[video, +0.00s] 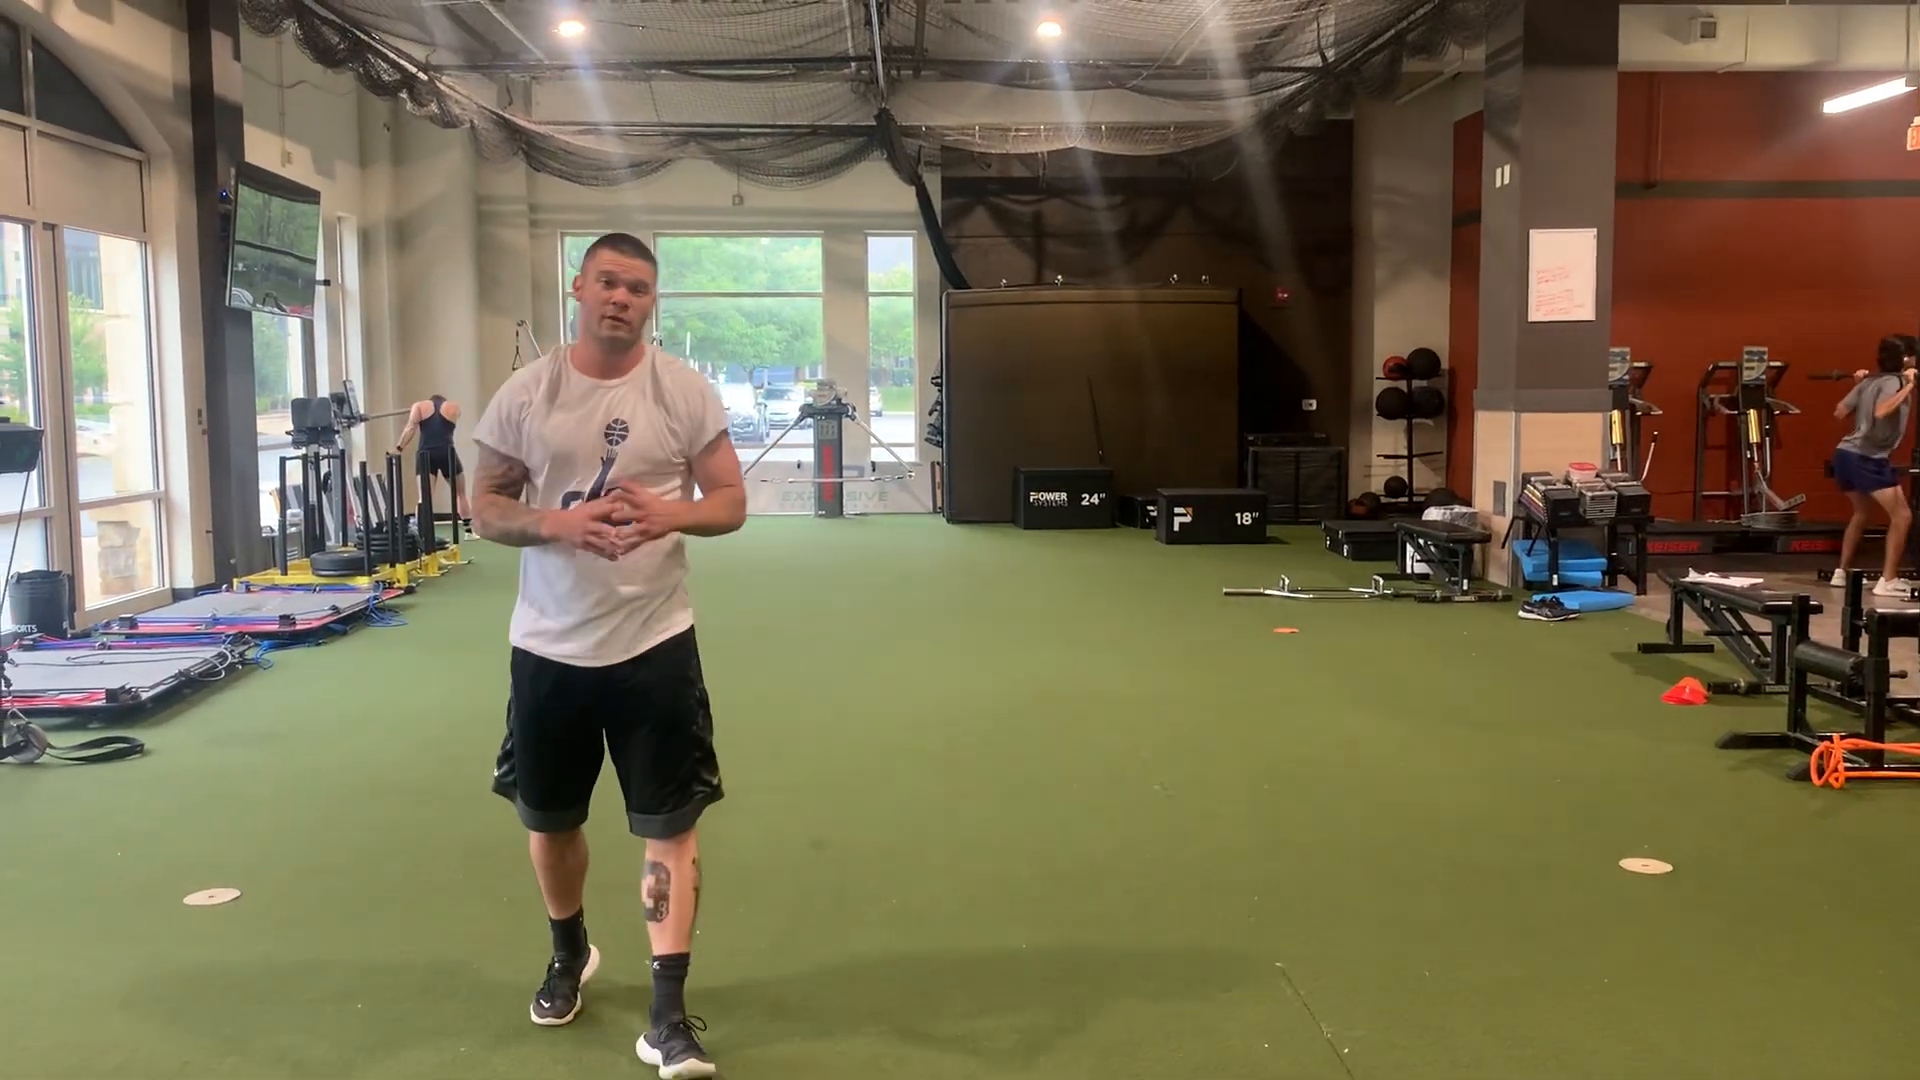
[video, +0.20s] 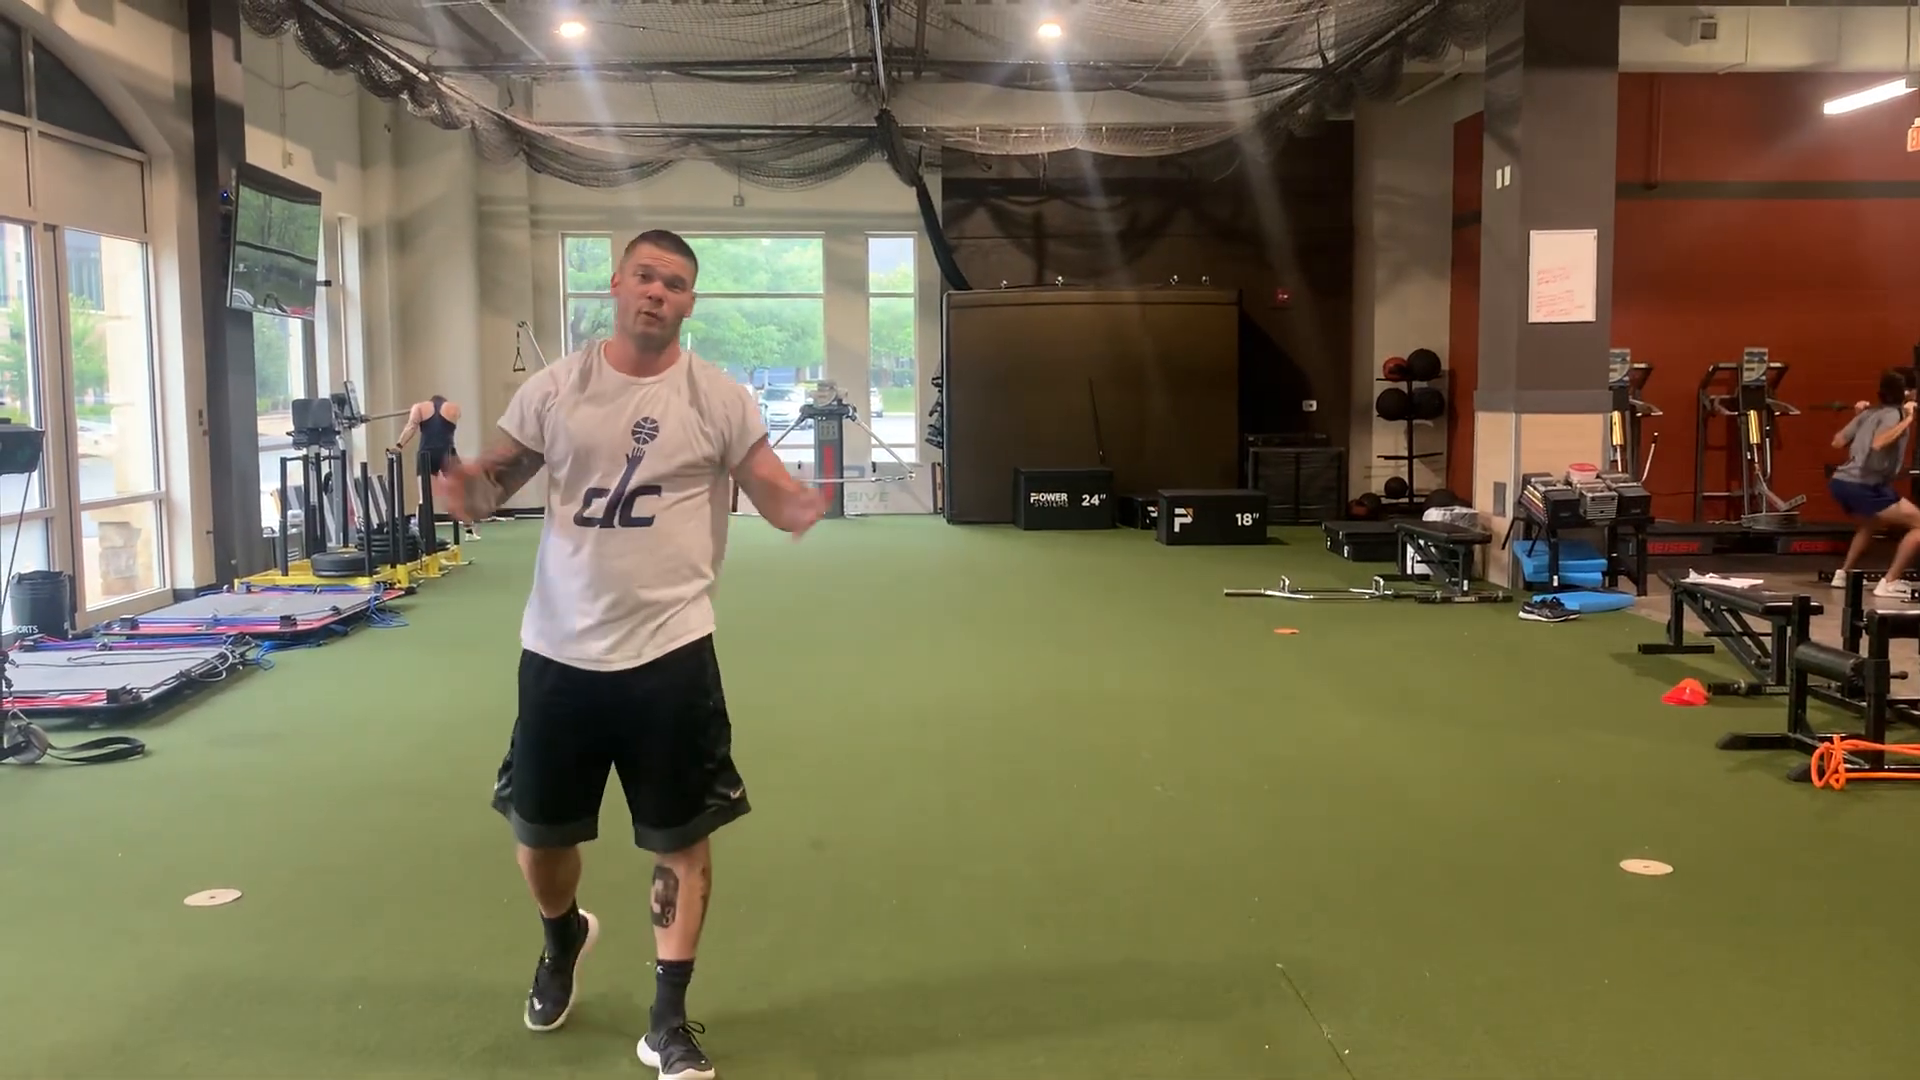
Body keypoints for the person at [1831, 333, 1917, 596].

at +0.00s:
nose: (1915, 362)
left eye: (1915, 358)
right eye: (1913, 358)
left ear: (1883, 359)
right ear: (1904, 360)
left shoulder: (1868, 383)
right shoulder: (1894, 382)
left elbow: (1840, 411)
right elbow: (1881, 411)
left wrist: (1858, 384)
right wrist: (1909, 386)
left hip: (1845, 455)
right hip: (1868, 461)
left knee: (1860, 514)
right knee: (1901, 515)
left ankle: (1841, 572)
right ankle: (1889, 579)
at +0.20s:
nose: (1915, 396)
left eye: (1914, 391)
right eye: (1912, 391)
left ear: (1883, 392)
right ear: (1904, 394)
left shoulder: (1868, 414)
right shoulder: (1894, 415)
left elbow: (1838, 441)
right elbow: (1878, 443)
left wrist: (1858, 416)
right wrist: (1908, 421)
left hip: (1841, 483)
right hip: (1865, 488)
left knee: (1869, 524)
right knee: (1917, 522)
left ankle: (1843, 573)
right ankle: (1889, 582)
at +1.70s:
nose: (1896, 422)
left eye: (1896, 418)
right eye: (1895, 417)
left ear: (1866, 419)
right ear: (1887, 421)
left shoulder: (1852, 441)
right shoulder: (1877, 442)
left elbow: (1822, 469)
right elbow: (1863, 472)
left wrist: (1841, 443)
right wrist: (1892, 448)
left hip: (1824, 508)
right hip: (1847, 512)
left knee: (1856, 542)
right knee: (1910, 540)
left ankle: (1826, 585)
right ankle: (1872, 593)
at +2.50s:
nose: (1885, 395)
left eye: (1885, 390)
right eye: (1882, 390)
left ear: (1855, 392)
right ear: (1872, 393)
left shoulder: (1840, 416)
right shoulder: (1865, 415)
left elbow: (1812, 443)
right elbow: (1854, 444)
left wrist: (1829, 417)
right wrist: (1881, 419)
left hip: (1819, 486)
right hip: (1840, 491)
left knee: (1837, 540)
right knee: (1881, 541)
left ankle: (1814, 597)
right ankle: (1861, 605)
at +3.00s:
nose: (1881, 429)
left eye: (1881, 425)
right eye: (1879, 424)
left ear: (1850, 425)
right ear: (1871, 427)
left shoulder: (1837, 448)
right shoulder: (1862, 448)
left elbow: (1807, 475)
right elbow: (1849, 476)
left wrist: (1825, 450)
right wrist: (1877, 453)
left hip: (1811, 515)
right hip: (1836, 520)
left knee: (1842, 555)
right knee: (1892, 557)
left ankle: (1814, 604)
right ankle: (1860, 613)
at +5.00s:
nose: (1888, 446)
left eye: (1888, 442)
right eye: (1886, 441)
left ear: (1857, 443)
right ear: (1877, 445)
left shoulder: (1843, 465)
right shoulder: (1867, 466)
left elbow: (1812, 491)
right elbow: (1852, 495)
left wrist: (1832, 466)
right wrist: (1881, 473)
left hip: (1815, 531)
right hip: (1837, 535)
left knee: (1848, 567)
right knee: (1899, 568)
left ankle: (1818, 615)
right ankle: (1864, 623)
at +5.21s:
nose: (1887, 416)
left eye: (1887, 411)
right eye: (1884, 412)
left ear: (1857, 414)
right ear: (1875, 415)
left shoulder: (1843, 437)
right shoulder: (1867, 437)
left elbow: (1813, 464)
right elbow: (1853, 465)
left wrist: (1832, 437)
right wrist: (1881, 443)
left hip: (1820, 507)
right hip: (1841, 512)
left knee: (1841, 559)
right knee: (1886, 560)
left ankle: (1818, 615)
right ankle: (1864, 623)